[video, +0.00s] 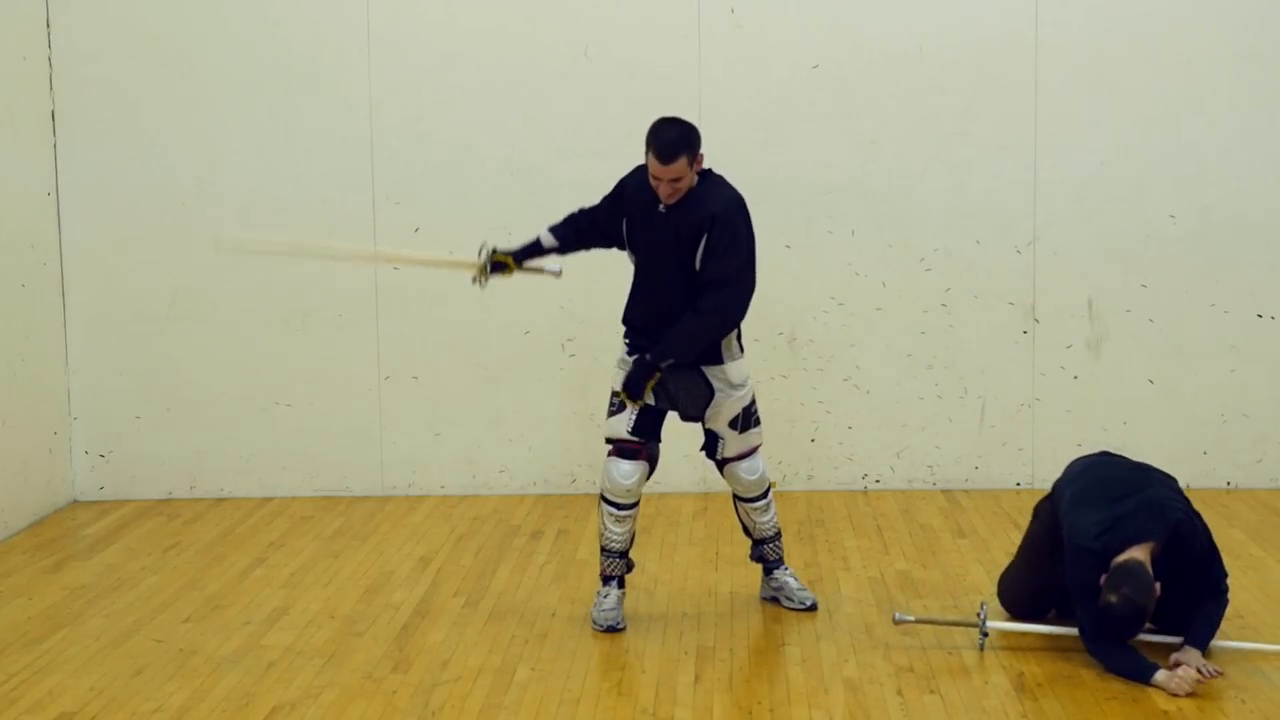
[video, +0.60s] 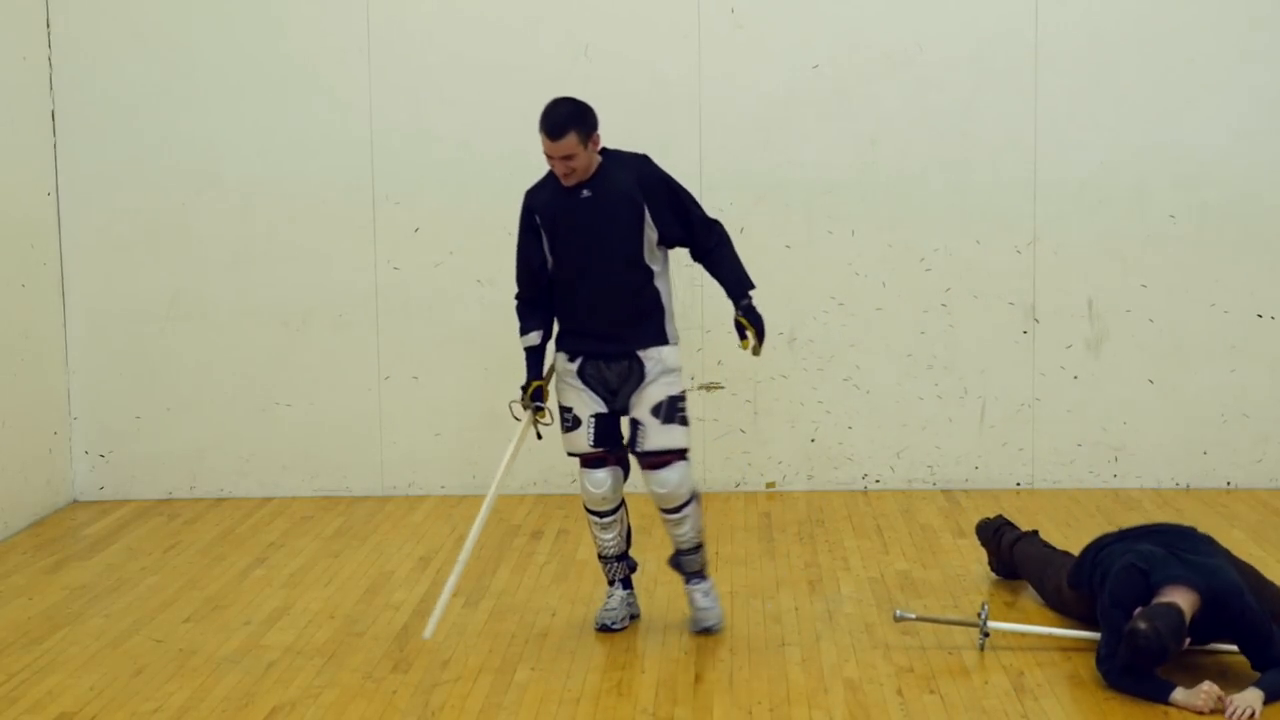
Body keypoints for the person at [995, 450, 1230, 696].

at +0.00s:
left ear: (1156, 593)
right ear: (1102, 581)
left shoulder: (1185, 532)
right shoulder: (1085, 549)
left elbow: (1216, 591)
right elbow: (1096, 639)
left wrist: (1194, 648)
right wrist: (1158, 676)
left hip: (1155, 484)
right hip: (1080, 482)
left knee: (1179, 619)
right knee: (1017, 602)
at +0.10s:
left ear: (1167, 603)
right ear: (1113, 591)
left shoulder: (1202, 551)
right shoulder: (1096, 565)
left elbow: (1224, 595)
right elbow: (1109, 649)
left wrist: (1195, 647)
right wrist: (1174, 682)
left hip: (1166, 488)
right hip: (1091, 484)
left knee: (1182, 627)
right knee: (1029, 599)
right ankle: (1078, 600)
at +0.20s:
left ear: (1177, 616)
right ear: (1125, 601)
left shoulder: (1217, 573)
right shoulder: (1111, 573)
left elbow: (1231, 605)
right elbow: (1113, 655)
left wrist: (1198, 647)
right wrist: (1182, 685)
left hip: (1173, 491)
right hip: (1099, 487)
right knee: (1040, 604)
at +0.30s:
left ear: (1184, 630)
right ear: (1134, 604)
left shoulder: (1223, 579)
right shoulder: (1120, 573)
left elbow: (1242, 623)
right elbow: (1116, 660)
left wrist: (1218, 659)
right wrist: (1184, 686)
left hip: (1178, 499)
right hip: (1104, 497)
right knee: (1043, 605)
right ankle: (1038, 536)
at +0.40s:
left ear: (1185, 634)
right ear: (1136, 611)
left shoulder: (1229, 584)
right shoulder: (1124, 574)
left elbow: (1260, 649)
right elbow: (1114, 660)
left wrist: (1234, 674)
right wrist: (1186, 688)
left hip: (1181, 508)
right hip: (1109, 511)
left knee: (1213, 625)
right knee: (1056, 600)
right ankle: (1021, 538)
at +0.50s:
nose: (1126, 629)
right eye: (1130, 627)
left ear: (1180, 640)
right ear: (1136, 612)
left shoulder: (1230, 590)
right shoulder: (1125, 577)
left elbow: (1273, 661)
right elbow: (1114, 663)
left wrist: (1249, 685)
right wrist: (1181, 693)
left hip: (1185, 525)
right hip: (1113, 528)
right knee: (1068, 598)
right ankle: (1007, 542)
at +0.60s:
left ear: (1180, 643)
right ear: (1134, 616)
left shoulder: (1228, 594)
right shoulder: (1124, 583)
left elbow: (1277, 666)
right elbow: (1112, 668)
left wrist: (1256, 693)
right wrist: (1181, 696)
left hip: (1194, 544)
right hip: (1112, 552)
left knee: (1276, 608)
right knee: (1067, 587)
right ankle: (1008, 541)